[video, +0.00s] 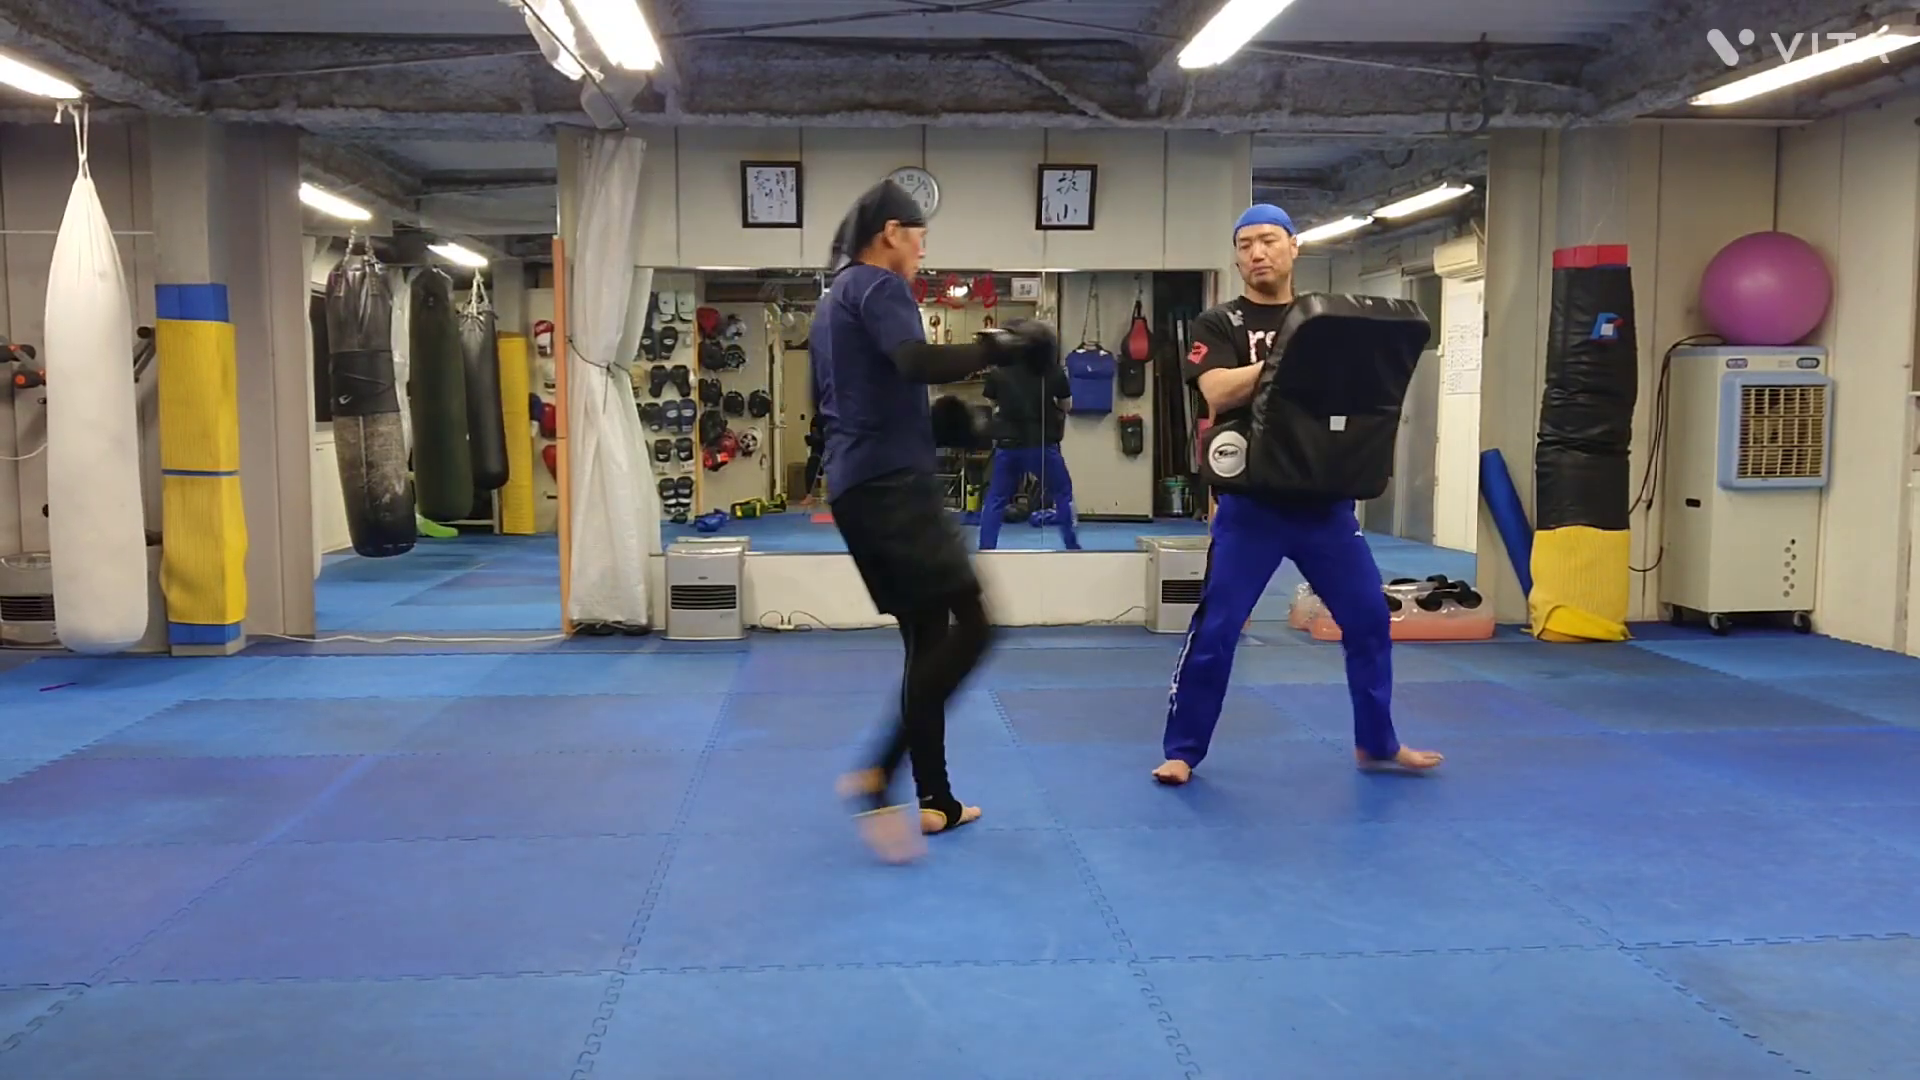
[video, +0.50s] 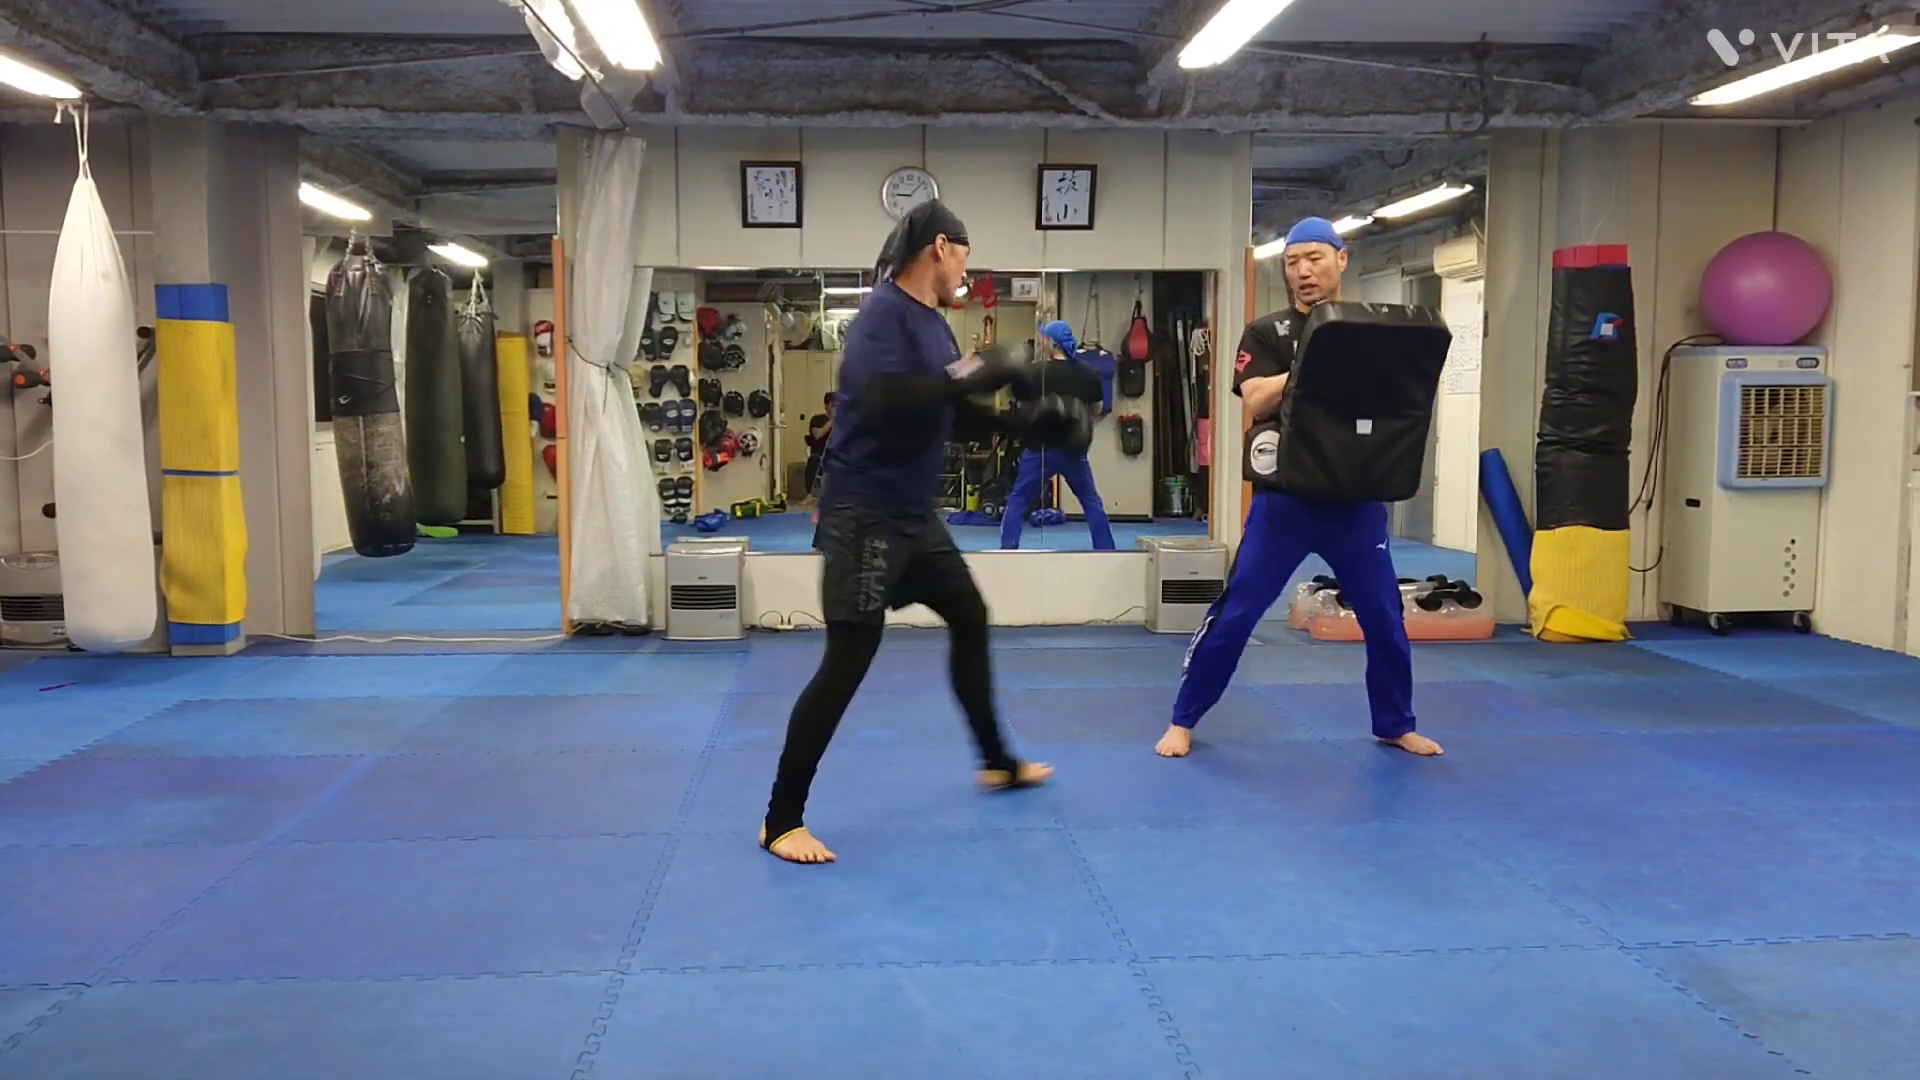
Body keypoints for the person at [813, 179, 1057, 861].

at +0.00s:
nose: (923, 251)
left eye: (923, 238)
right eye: (918, 237)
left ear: (871, 236)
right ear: (888, 233)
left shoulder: (837, 295)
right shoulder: (881, 285)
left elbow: (848, 408)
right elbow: (912, 359)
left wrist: (933, 421)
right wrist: (1002, 348)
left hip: (860, 487)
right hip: (893, 483)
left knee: (925, 636)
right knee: (971, 624)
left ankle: (937, 800)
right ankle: (877, 778)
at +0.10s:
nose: (944, 260)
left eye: (945, 247)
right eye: (941, 246)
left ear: (904, 239)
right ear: (911, 238)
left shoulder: (884, 302)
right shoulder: (871, 292)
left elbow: (897, 412)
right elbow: (885, 374)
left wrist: (973, 407)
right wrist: (963, 354)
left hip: (879, 498)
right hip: (852, 498)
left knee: (932, 626)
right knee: (874, 651)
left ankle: (926, 794)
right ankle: (788, 815)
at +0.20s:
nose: (959, 275)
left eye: (959, 262)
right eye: (955, 260)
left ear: (922, 255)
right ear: (925, 252)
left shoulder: (899, 322)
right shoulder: (867, 313)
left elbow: (918, 418)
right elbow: (845, 400)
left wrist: (995, 401)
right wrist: (933, 397)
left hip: (862, 510)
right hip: (821, 509)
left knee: (933, 617)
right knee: (847, 657)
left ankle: (911, 781)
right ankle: (784, 823)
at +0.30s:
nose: (961, 269)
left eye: (962, 256)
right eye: (957, 254)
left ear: (924, 252)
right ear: (926, 248)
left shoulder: (915, 326)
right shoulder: (866, 308)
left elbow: (946, 400)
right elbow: (830, 400)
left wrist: (1015, 390)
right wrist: (924, 427)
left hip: (870, 509)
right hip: (824, 508)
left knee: (933, 613)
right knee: (838, 658)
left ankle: (911, 772)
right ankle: (783, 823)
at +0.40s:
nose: (963, 265)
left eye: (964, 252)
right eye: (959, 250)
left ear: (928, 248)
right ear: (930, 244)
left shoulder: (926, 321)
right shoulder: (872, 305)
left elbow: (963, 395)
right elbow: (829, 393)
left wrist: (1031, 396)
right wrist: (928, 410)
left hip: (889, 510)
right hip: (839, 509)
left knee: (947, 610)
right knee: (838, 658)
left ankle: (939, 771)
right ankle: (782, 821)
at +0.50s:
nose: (967, 270)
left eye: (968, 258)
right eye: (964, 256)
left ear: (932, 252)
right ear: (937, 250)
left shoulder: (932, 326)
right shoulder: (881, 316)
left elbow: (953, 413)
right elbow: (877, 396)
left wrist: (1022, 419)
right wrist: (966, 377)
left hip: (913, 515)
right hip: (861, 517)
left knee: (969, 617)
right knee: (848, 657)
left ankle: (997, 761)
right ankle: (782, 822)